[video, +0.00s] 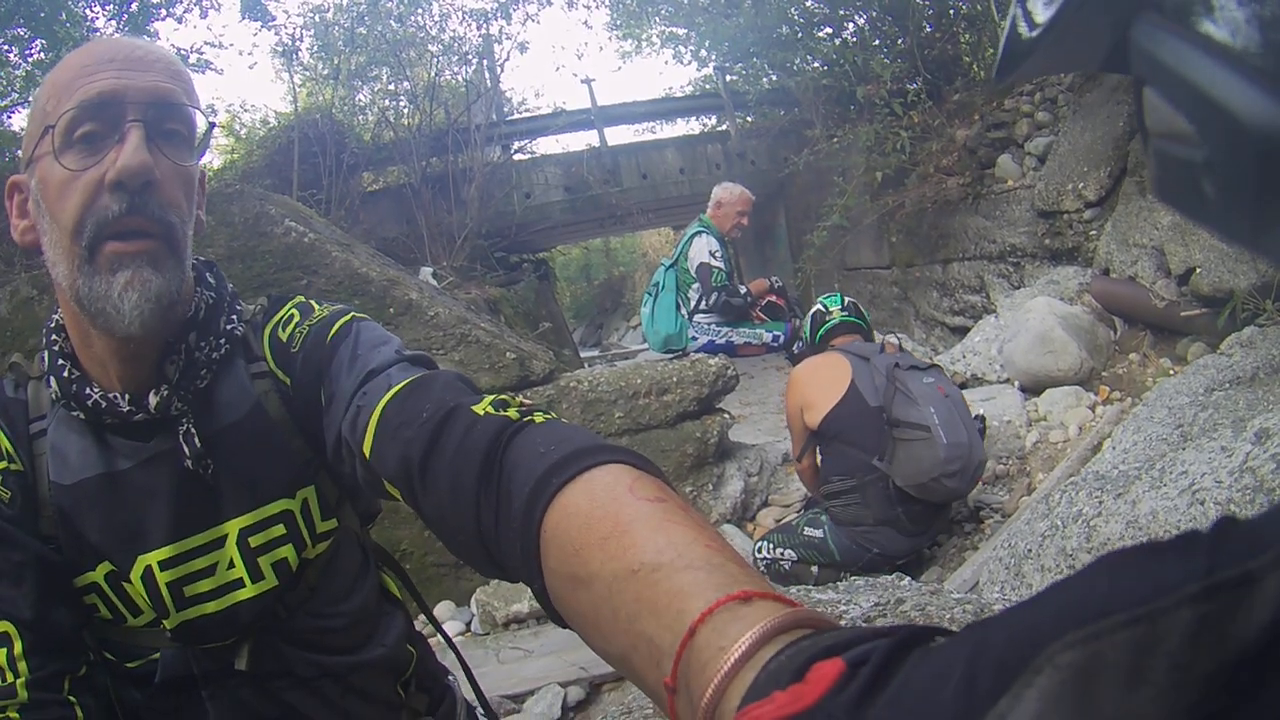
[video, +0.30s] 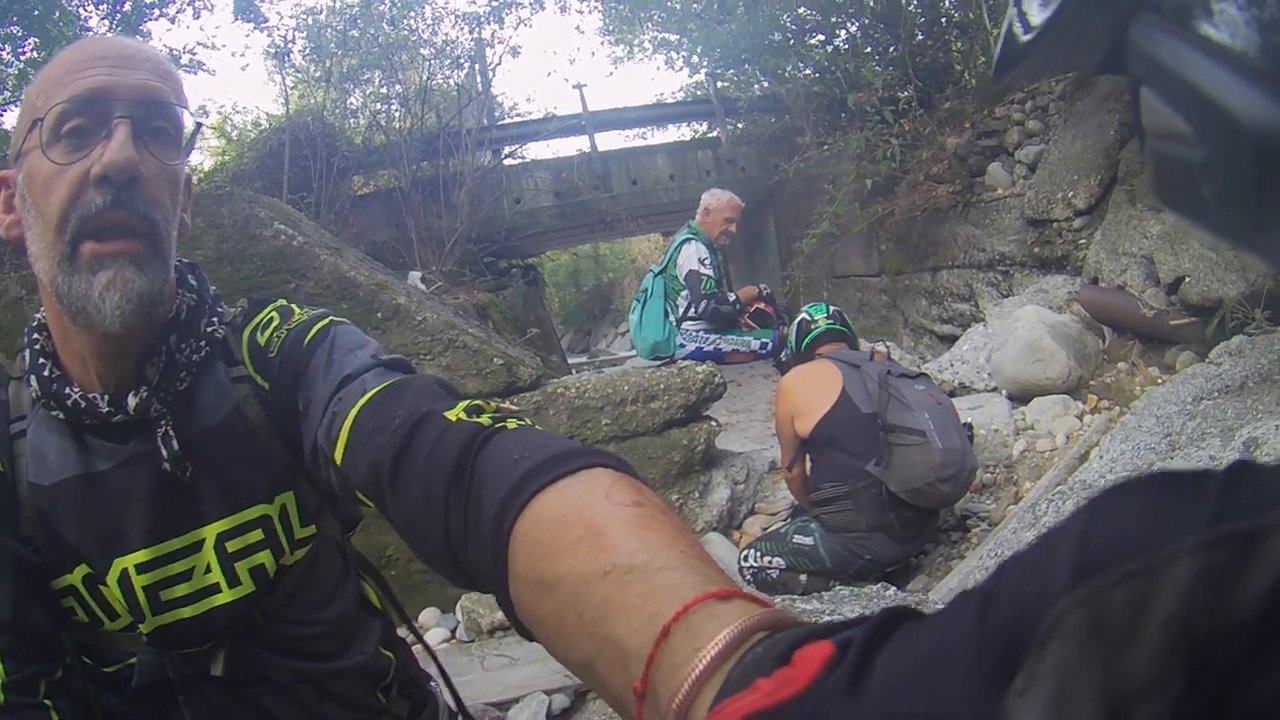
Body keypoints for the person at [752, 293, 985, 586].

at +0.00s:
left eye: (803, 338)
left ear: (812, 339)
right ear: (866, 330)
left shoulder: (805, 375)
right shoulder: (897, 357)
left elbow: (805, 464)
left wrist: (830, 503)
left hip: (873, 535)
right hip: (931, 518)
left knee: (766, 550)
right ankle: (908, 560)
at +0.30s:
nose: (787, 354)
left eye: (789, 347)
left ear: (798, 346)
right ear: (849, 337)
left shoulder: (795, 383)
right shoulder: (881, 363)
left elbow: (793, 472)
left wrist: (815, 511)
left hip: (865, 541)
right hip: (921, 522)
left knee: (752, 559)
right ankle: (897, 566)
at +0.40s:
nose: (766, 365)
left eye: (769, 357)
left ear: (777, 356)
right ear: (829, 347)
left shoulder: (775, 394)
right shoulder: (862, 371)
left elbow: (776, 483)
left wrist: (799, 521)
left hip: (848, 551)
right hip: (904, 532)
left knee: (735, 566)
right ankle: (878, 578)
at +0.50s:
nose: (721, 366)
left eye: (724, 357)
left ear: (732, 353)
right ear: (787, 343)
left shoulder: (731, 390)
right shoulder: (821, 366)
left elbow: (734, 477)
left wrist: (759, 516)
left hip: (807, 545)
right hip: (864, 528)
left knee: (694, 561)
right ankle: (835, 574)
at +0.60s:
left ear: (664, 303)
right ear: (725, 286)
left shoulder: (667, 338)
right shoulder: (757, 312)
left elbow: (668, 424)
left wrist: (695, 461)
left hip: (739, 495)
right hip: (799, 476)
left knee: (626, 519)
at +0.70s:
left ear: (626, 258)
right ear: (685, 236)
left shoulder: (625, 292)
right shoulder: (718, 265)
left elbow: (631, 376)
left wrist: (655, 414)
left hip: (709, 449)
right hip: (768, 428)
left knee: (599, 466)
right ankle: (750, 468)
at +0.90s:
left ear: (654, 257)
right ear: (714, 240)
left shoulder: (650, 293)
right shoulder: (746, 264)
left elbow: (660, 383)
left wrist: (678, 418)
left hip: (730, 453)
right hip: (790, 432)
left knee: (627, 471)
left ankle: (727, 499)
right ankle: (770, 476)